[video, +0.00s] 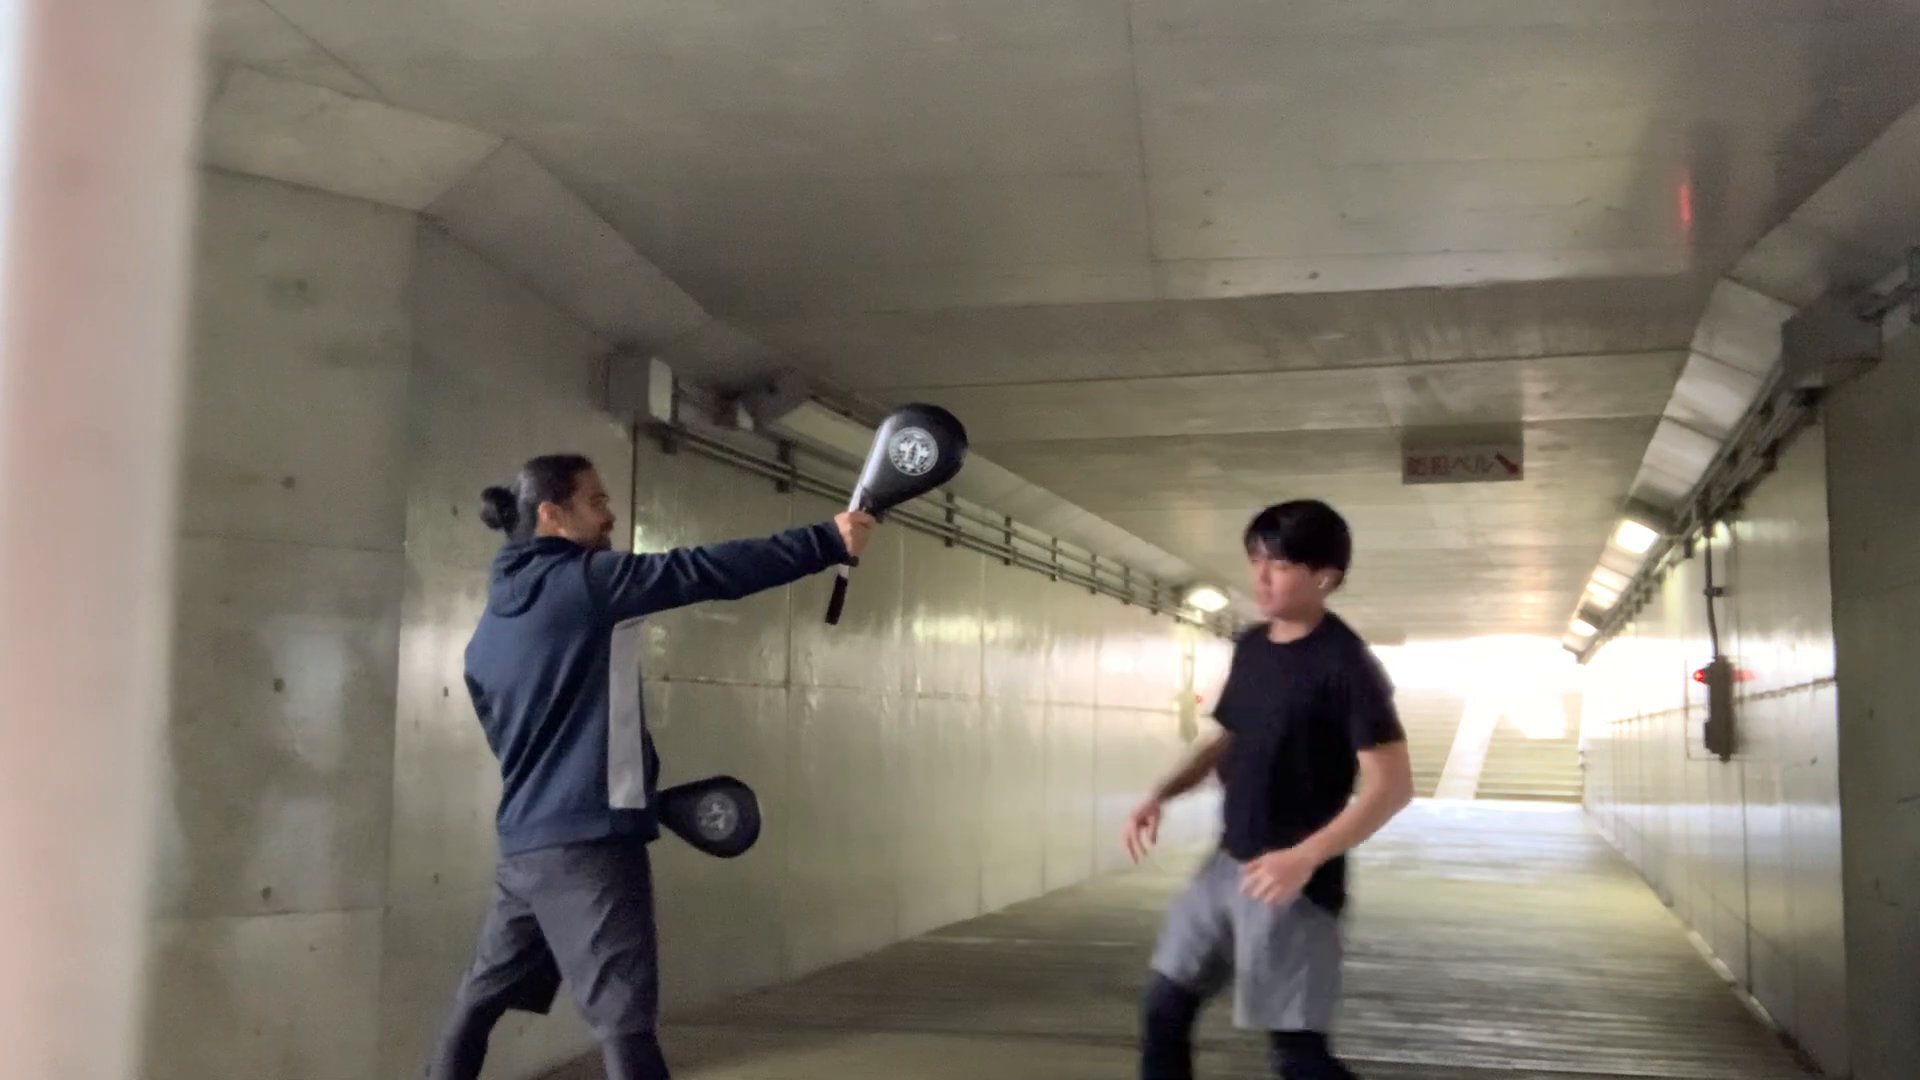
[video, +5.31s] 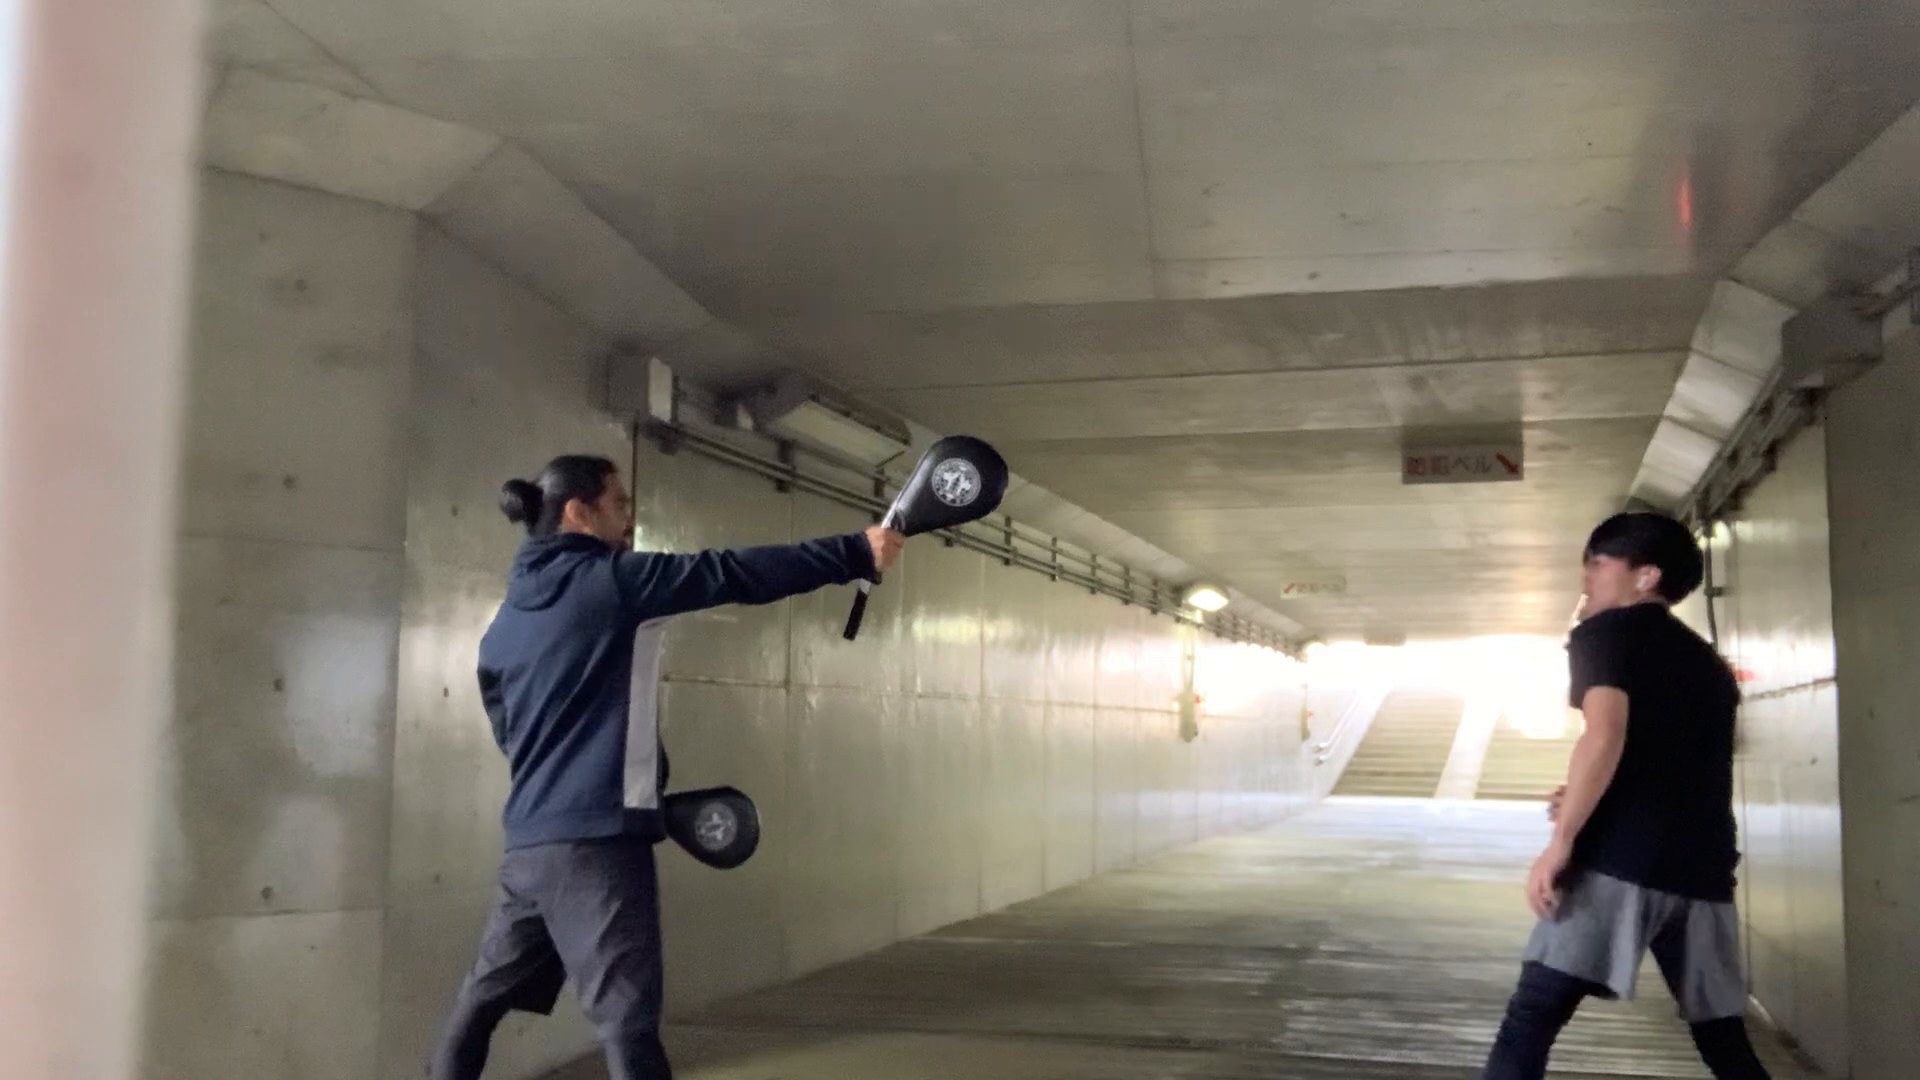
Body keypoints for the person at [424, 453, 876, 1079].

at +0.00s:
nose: (611, 513)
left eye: (607, 499)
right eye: (597, 501)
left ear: (544, 517)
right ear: (551, 513)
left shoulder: (486, 636)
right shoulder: (589, 579)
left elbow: (524, 752)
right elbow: (707, 570)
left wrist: (632, 792)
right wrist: (828, 539)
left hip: (525, 839)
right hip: (591, 838)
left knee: (477, 1003)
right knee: (625, 1025)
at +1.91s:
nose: (657, 520)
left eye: (653, 505)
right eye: (646, 505)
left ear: (595, 514)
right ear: (602, 512)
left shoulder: (518, 620)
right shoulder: (637, 578)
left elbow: (518, 734)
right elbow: (755, 570)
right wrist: (878, 547)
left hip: (532, 834)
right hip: (598, 832)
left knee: (477, 1004)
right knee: (630, 1024)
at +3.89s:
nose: (630, 520)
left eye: (628, 507)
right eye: (619, 507)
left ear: (565, 518)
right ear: (571, 513)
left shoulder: (510, 627)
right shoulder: (602, 578)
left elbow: (546, 739)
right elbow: (718, 570)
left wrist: (636, 776)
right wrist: (841, 541)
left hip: (538, 835)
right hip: (598, 835)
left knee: (490, 997)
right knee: (631, 1022)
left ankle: (448, 1079)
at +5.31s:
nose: (632, 518)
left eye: (629, 505)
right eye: (621, 505)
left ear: (565, 516)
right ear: (576, 512)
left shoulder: (499, 633)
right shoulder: (611, 578)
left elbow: (522, 743)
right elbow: (731, 573)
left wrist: (637, 784)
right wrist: (856, 552)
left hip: (531, 840)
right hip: (596, 838)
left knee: (476, 1008)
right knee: (628, 1027)